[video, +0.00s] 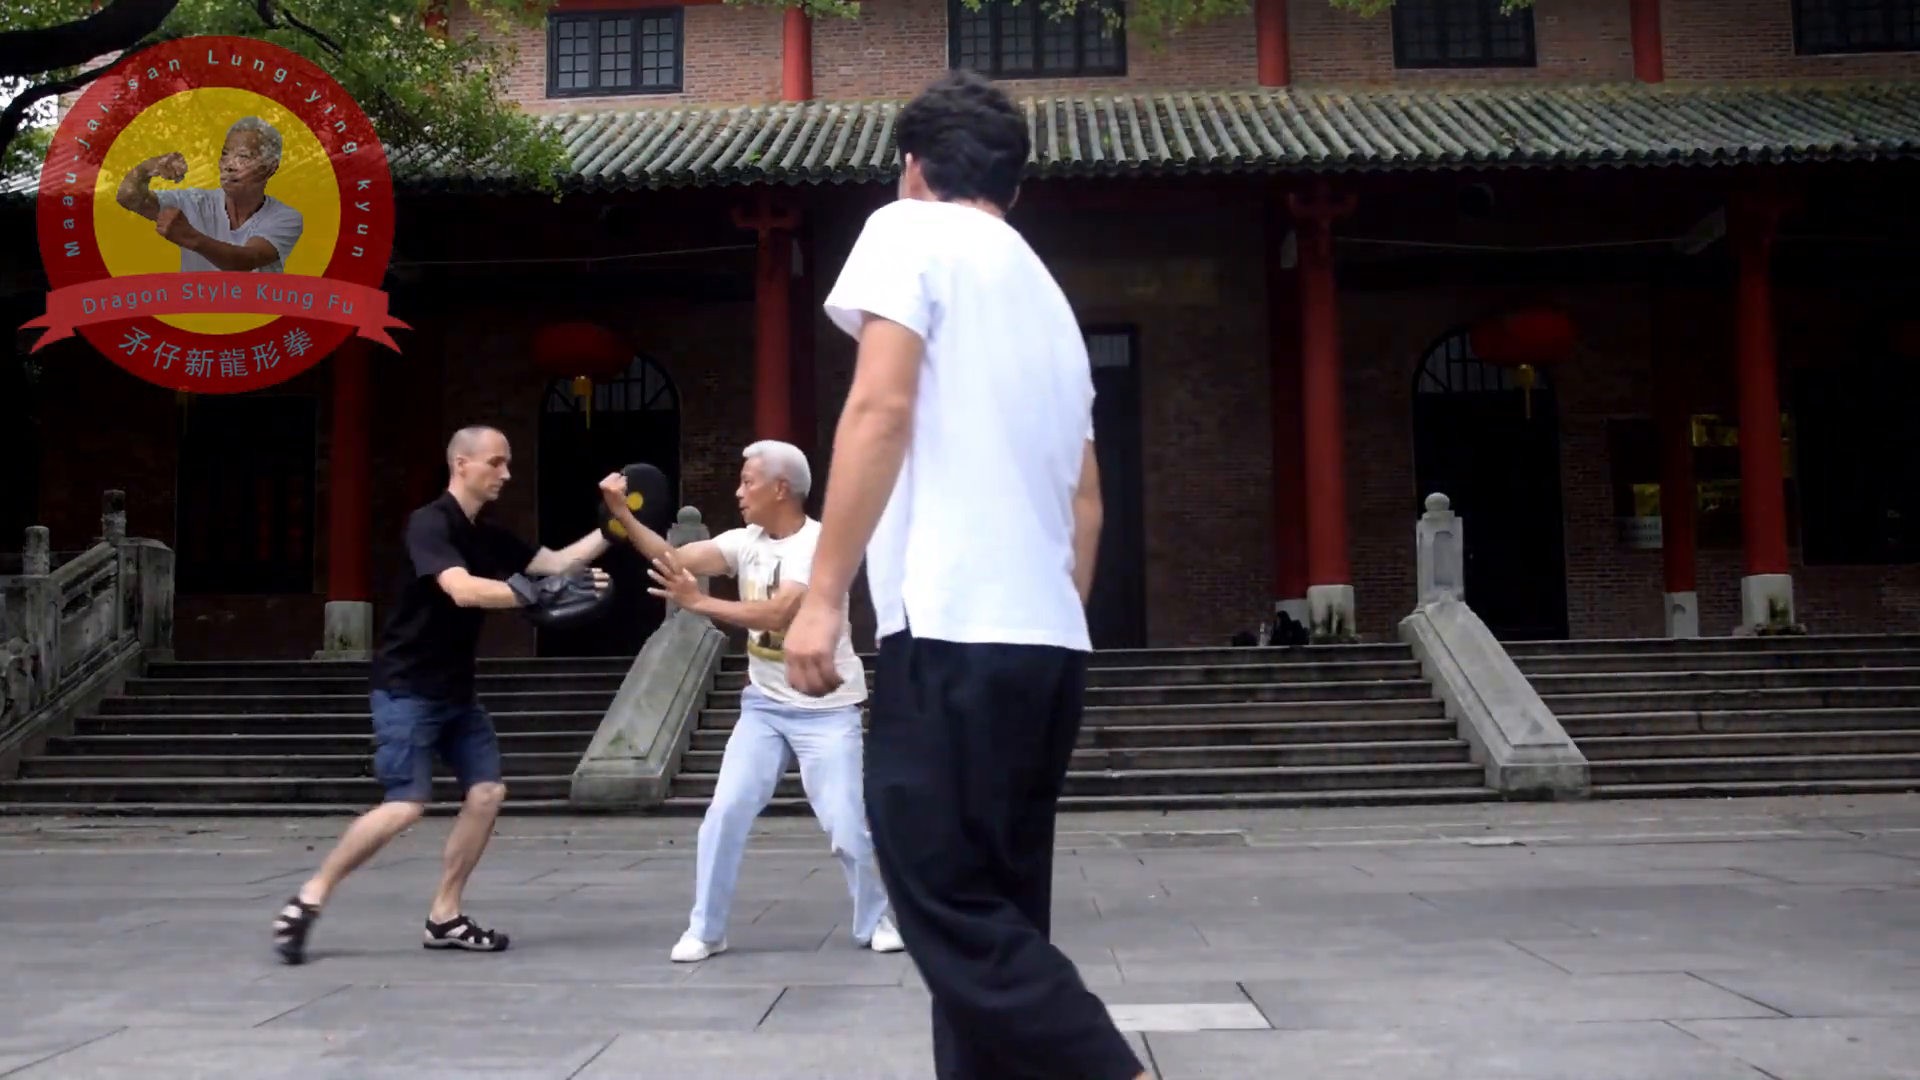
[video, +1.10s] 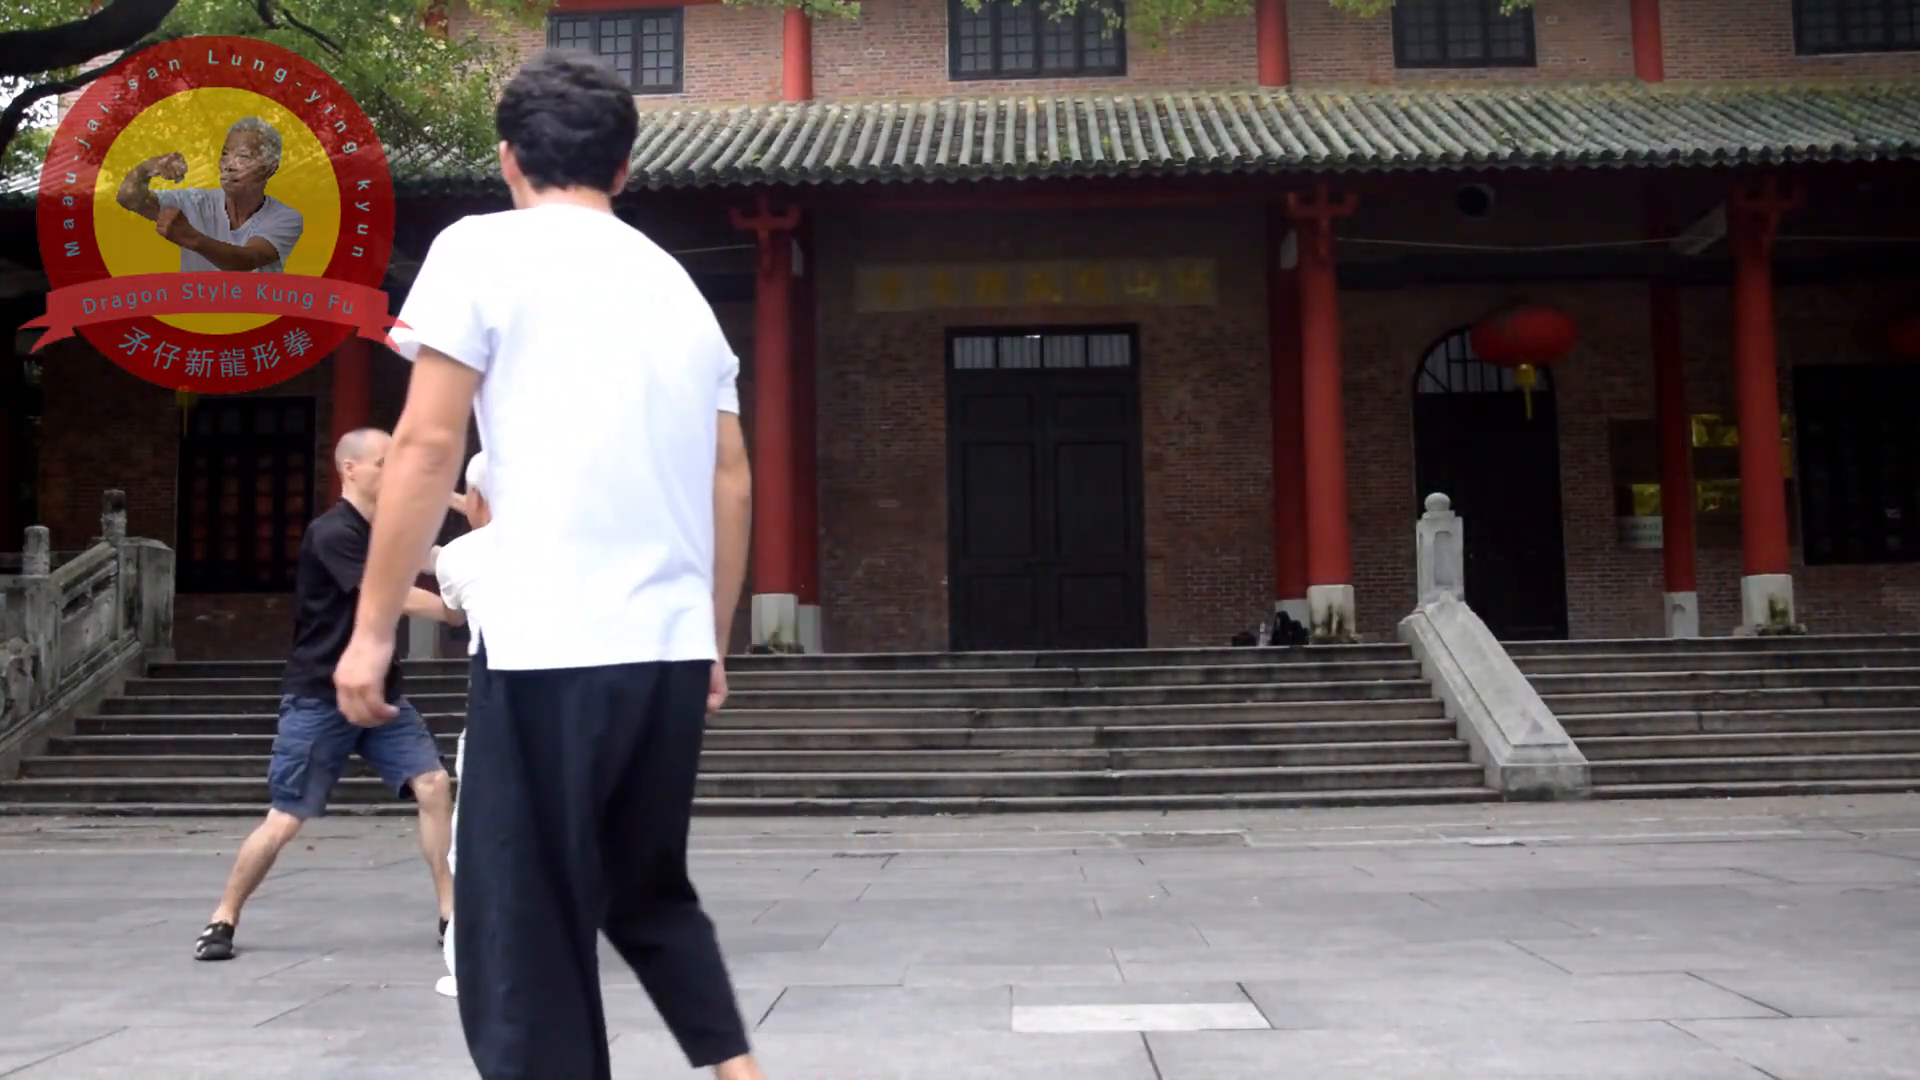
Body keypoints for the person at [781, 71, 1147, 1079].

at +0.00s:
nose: (896, 188)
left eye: (896, 176)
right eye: (898, 178)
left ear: (914, 173)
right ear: (1010, 184)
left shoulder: (911, 233)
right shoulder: (1051, 298)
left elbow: (881, 408)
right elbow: (1085, 500)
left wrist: (825, 594)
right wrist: (1050, 626)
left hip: (948, 641)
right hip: (1047, 648)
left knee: (944, 907)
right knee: (1003, 909)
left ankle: (1109, 1068)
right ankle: (982, 1075)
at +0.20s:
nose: (849, 194)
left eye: (850, 183)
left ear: (868, 181)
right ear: (965, 196)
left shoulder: (863, 236)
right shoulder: (1004, 312)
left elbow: (823, 411)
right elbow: (1035, 507)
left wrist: (754, 588)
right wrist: (995, 627)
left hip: (903, 635)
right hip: (1001, 642)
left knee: (855, 903)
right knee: (971, 901)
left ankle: (949, 1065)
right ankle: (983, 1071)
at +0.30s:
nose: (824, 199)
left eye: (825, 188)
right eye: (828, 188)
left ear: (846, 184)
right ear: (941, 199)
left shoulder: (841, 239)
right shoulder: (981, 316)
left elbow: (801, 414)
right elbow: (1013, 511)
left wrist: (730, 582)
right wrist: (977, 630)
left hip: (881, 635)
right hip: (978, 644)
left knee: (810, 900)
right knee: (953, 912)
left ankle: (849, 1067)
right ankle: (964, 1071)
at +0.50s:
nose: (768, 203)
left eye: (769, 190)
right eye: (770, 192)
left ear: (790, 190)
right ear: (886, 202)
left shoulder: (779, 248)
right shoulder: (929, 315)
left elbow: (751, 419)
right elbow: (967, 503)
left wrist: (696, 601)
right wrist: (945, 633)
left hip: (821, 641)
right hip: (929, 648)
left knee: (734, 922)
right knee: (926, 922)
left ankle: (695, 1065)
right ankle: (949, 1071)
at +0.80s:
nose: (637, 190)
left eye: (641, 179)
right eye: (642, 179)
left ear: (654, 185)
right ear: (760, 205)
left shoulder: (626, 262)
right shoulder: (804, 314)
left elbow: (598, 444)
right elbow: (851, 502)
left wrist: (554, 637)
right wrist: (849, 661)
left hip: (666, 671)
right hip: (794, 672)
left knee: (592, 942)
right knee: (851, 922)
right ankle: (911, 1072)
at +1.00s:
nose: (539, 165)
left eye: (540, 153)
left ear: (553, 161)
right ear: (661, 176)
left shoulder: (524, 247)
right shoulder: (713, 291)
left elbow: (481, 441)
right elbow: (764, 480)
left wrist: (428, 623)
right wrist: (745, 639)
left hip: (574, 656)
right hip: (701, 653)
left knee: (544, 916)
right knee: (710, 883)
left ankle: (553, 1074)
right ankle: (821, 1064)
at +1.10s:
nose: (499, 164)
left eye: (500, 152)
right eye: (507, 151)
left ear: (512, 160)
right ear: (620, 169)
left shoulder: (483, 247)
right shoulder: (679, 288)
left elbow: (427, 446)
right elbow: (731, 476)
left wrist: (372, 628)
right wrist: (714, 636)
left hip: (548, 656)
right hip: (672, 651)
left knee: (522, 924)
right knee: (648, 887)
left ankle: (549, 1076)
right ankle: (735, 1064)